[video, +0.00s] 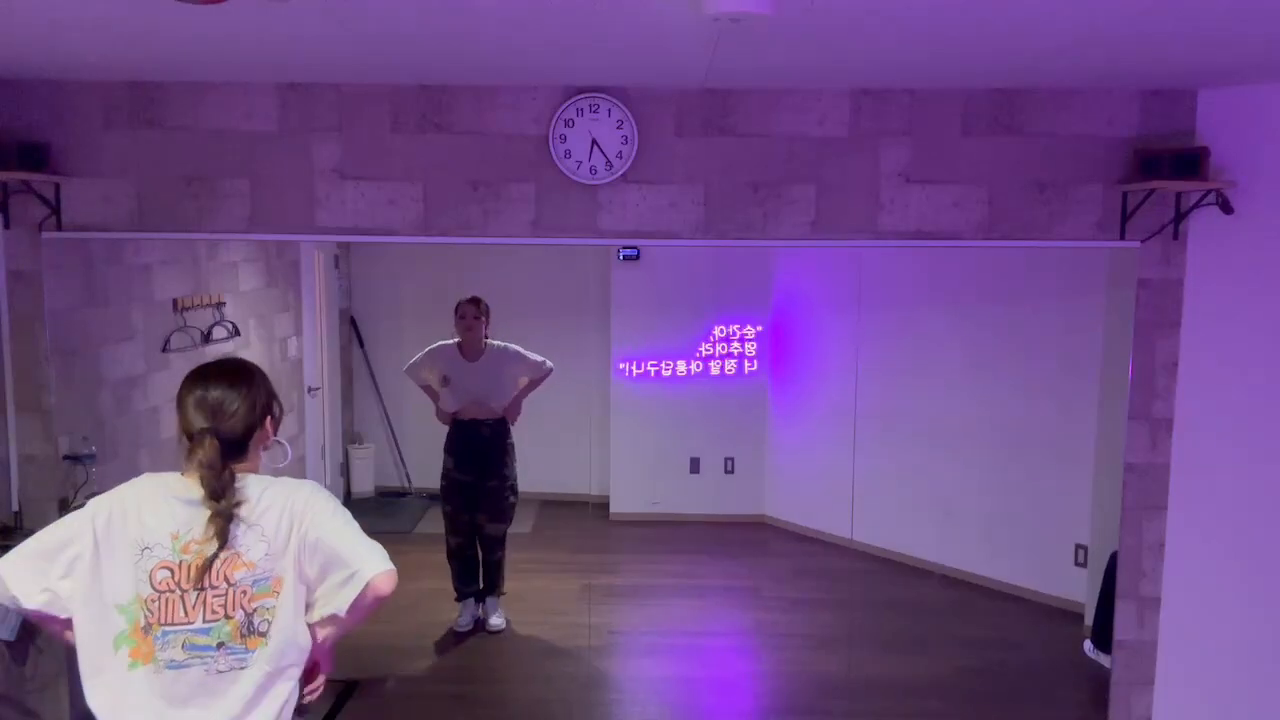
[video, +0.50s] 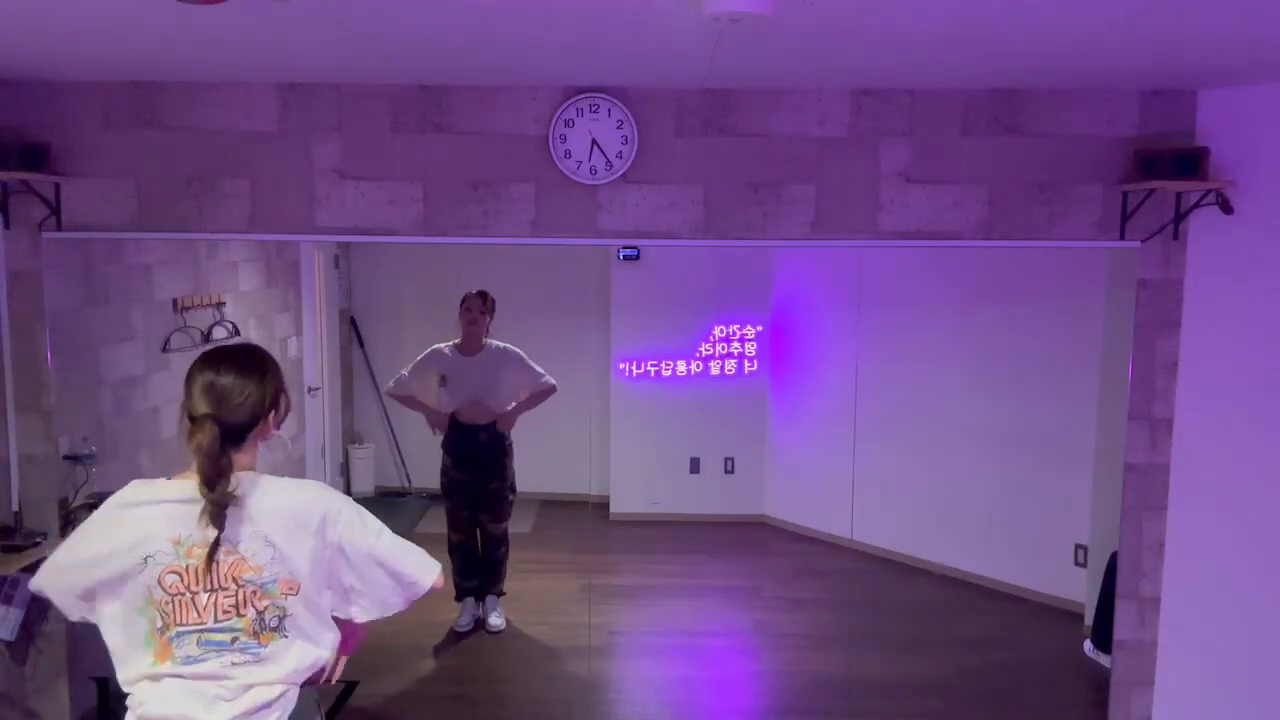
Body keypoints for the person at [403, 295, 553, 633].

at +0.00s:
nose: (468, 323)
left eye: (475, 317)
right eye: (462, 318)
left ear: (486, 323)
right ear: (455, 323)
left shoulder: (504, 353)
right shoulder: (442, 352)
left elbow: (545, 367)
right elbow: (412, 370)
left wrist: (517, 399)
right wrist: (438, 402)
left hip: (496, 440)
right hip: (459, 439)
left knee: (494, 525)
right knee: (458, 525)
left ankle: (492, 601)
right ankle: (467, 602)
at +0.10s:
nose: (469, 324)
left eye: (475, 318)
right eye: (463, 318)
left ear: (487, 324)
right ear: (455, 323)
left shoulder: (504, 353)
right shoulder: (442, 352)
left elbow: (543, 366)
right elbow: (414, 368)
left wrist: (517, 399)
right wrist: (439, 402)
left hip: (496, 440)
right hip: (459, 439)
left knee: (494, 524)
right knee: (458, 525)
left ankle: (492, 601)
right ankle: (467, 602)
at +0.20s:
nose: (469, 324)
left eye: (476, 319)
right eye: (463, 319)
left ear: (487, 324)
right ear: (455, 323)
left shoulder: (504, 352)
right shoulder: (443, 351)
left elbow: (544, 366)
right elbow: (413, 366)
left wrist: (519, 399)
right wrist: (437, 403)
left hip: (495, 438)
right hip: (459, 437)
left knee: (494, 524)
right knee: (458, 525)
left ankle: (492, 601)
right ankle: (467, 602)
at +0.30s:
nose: (470, 323)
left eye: (476, 317)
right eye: (463, 317)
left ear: (488, 322)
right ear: (456, 322)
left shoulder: (504, 351)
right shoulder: (443, 350)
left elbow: (549, 366)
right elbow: (407, 365)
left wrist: (521, 397)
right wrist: (434, 401)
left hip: (496, 436)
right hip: (459, 436)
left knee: (496, 522)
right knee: (458, 523)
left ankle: (493, 599)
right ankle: (467, 600)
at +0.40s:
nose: (471, 320)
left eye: (477, 314)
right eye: (464, 314)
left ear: (488, 320)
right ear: (457, 320)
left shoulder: (506, 353)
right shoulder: (442, 353)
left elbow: (553, 376)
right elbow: (397, 377)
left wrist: (521, 404)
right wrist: (431, 407)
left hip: (496, 438)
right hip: (458, 438)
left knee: (494, 523)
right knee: (459, 525)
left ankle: (493, 599)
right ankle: (467, 601)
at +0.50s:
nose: (472, 316)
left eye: (479, 312)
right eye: (467, 310)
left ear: (489, 320)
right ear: (458, 316)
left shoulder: (505, 355)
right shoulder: (440, 355)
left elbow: (547, 386)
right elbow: (396, 388)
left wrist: (513, 412)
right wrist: (429, 411)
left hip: (494, 445)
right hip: (457, 445)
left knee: (494, 526)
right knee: (459, 527)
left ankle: (493, 600)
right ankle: (468, 601)